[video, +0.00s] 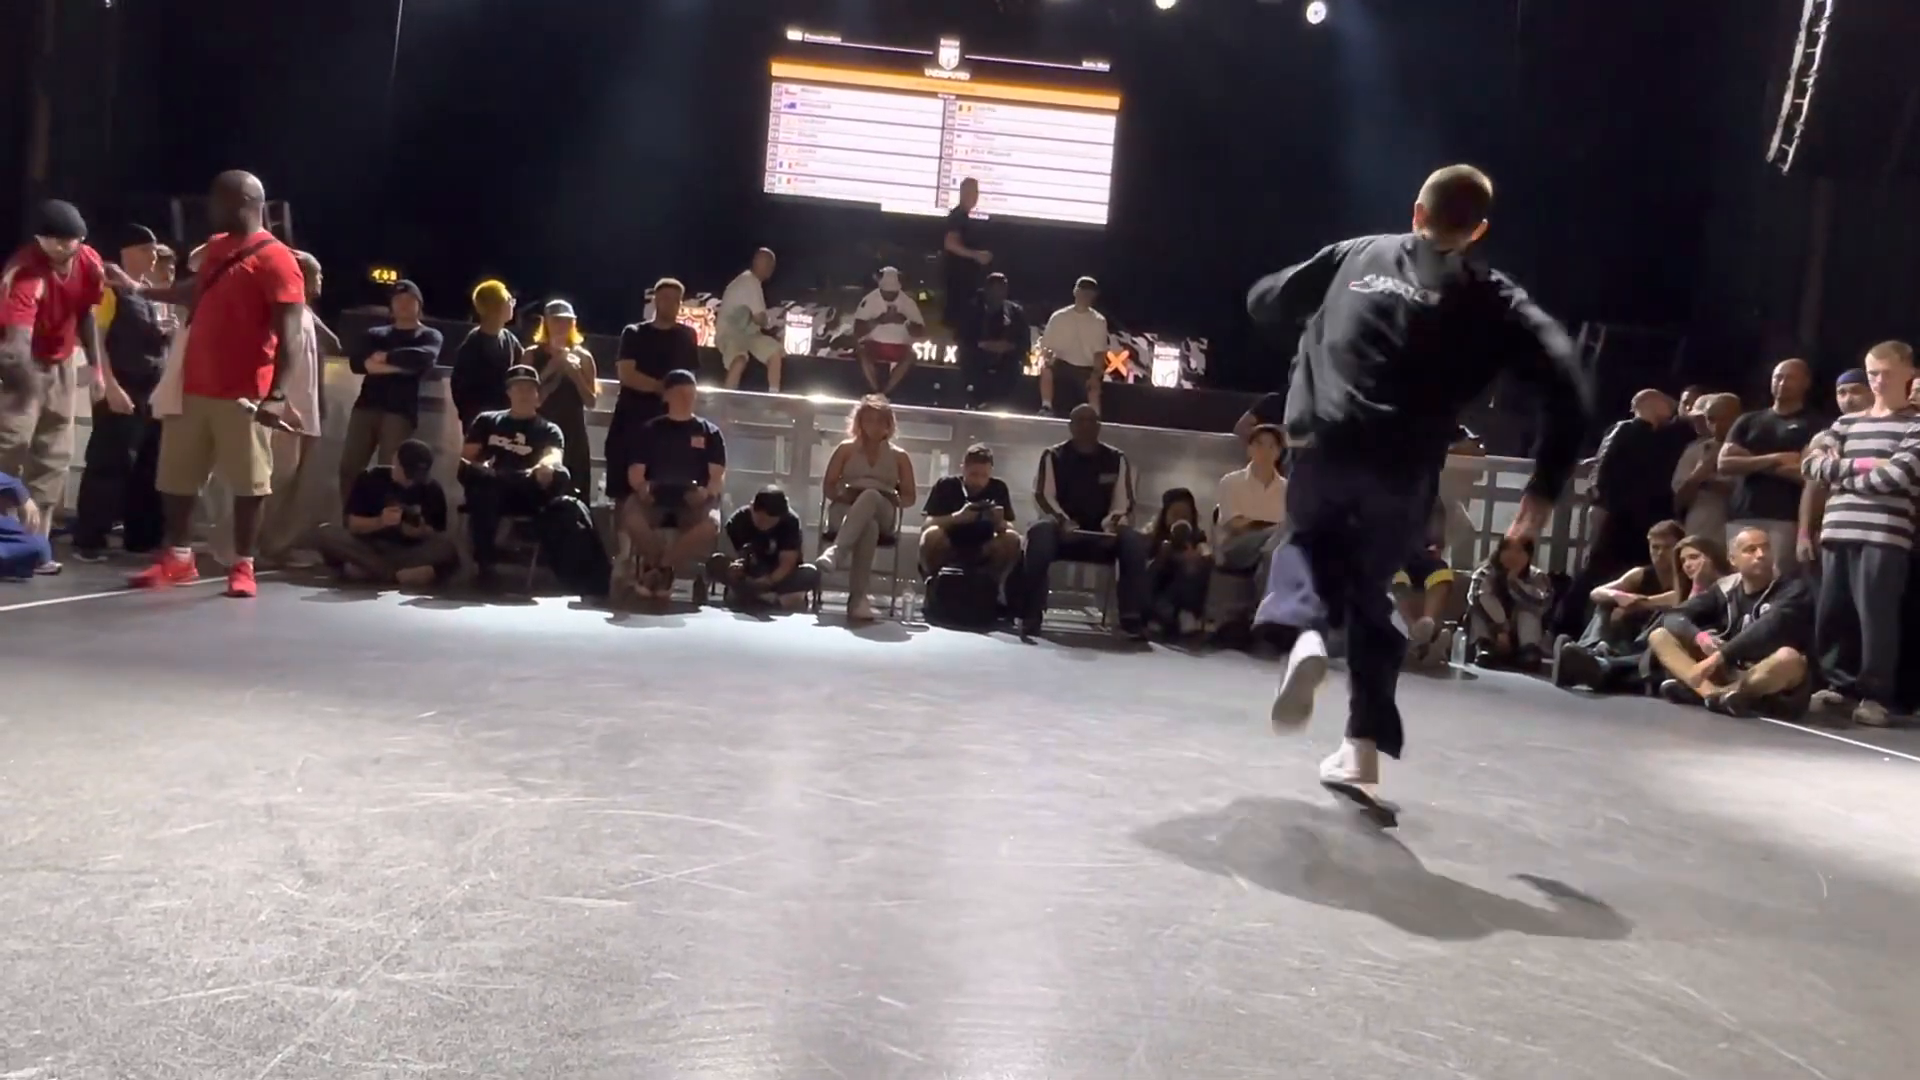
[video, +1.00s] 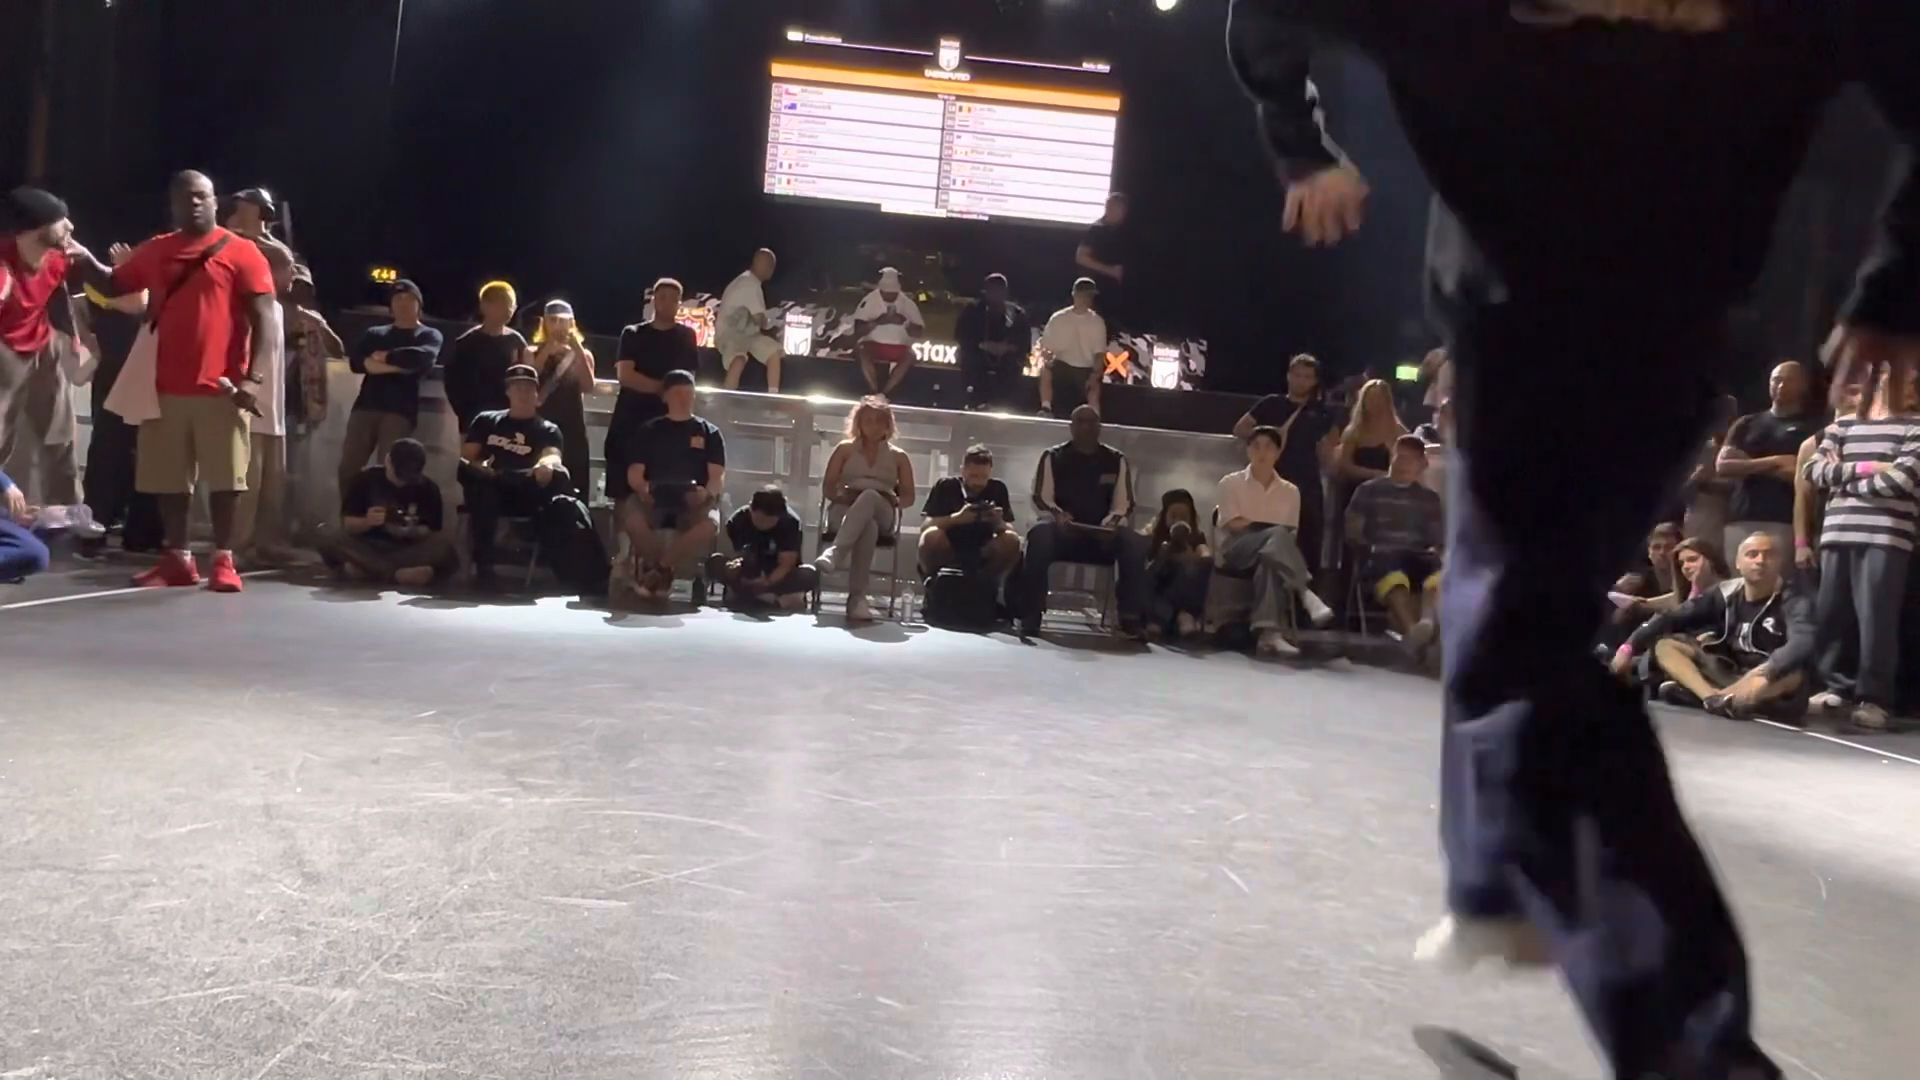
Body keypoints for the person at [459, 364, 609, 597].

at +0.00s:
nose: (525, 394)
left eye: (530, 389)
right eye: (519, 388)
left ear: (538, 395)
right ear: (508, 392)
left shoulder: (549, 430)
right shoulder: (487, 421)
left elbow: (553, 457)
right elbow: (465, 462)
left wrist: (545, 467)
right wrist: (482, 469)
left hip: (530, 488)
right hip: (493, 486)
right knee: (480, 484)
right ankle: (484, 565)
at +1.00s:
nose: (524, 394)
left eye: (529, 389)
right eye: (519, 388)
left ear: (537, 394)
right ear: (508, 391)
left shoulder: (548, 430)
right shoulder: (486, 421)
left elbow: (552, 456)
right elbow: (466, 460)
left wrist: (546, 465)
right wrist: (486, 471)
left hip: (529, 488)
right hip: (493, 486)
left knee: (557, 478)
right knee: (480, 487)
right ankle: (484, 566)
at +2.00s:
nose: (520, 400)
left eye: (525, 395)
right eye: (515, 394)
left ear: (534, 400)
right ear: (504, 398)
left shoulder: (546, 436)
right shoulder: (483, 427)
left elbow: (548, 467)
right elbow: (462, 467)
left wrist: (545, 473)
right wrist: (478, 475)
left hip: (527, 494)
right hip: (491, 493)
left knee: (556, 484)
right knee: (477, 494)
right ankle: (481, 575)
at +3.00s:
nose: (497, 416)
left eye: (501, 411)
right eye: (491, 410)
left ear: (511, 416)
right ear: (481, 415)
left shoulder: (525, 453)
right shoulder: (460, 445)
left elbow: (526, 483)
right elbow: (442, 484)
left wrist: (521, 488)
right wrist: (457, 492)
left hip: (505, 506)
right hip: (471, 505)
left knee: (535, 498)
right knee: (454, 512)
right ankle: (463, 593)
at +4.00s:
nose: (501, 439)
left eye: (506, 433)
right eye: (495, 433)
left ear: (515, 437)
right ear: (485, 438)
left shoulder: (529, 473)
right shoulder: (466, 468)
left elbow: (533, 502)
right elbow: (448, 511)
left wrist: (528, 508)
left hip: (511, 534)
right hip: (475, 534)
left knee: (538, 519)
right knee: (462, 536)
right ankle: (471, 615)